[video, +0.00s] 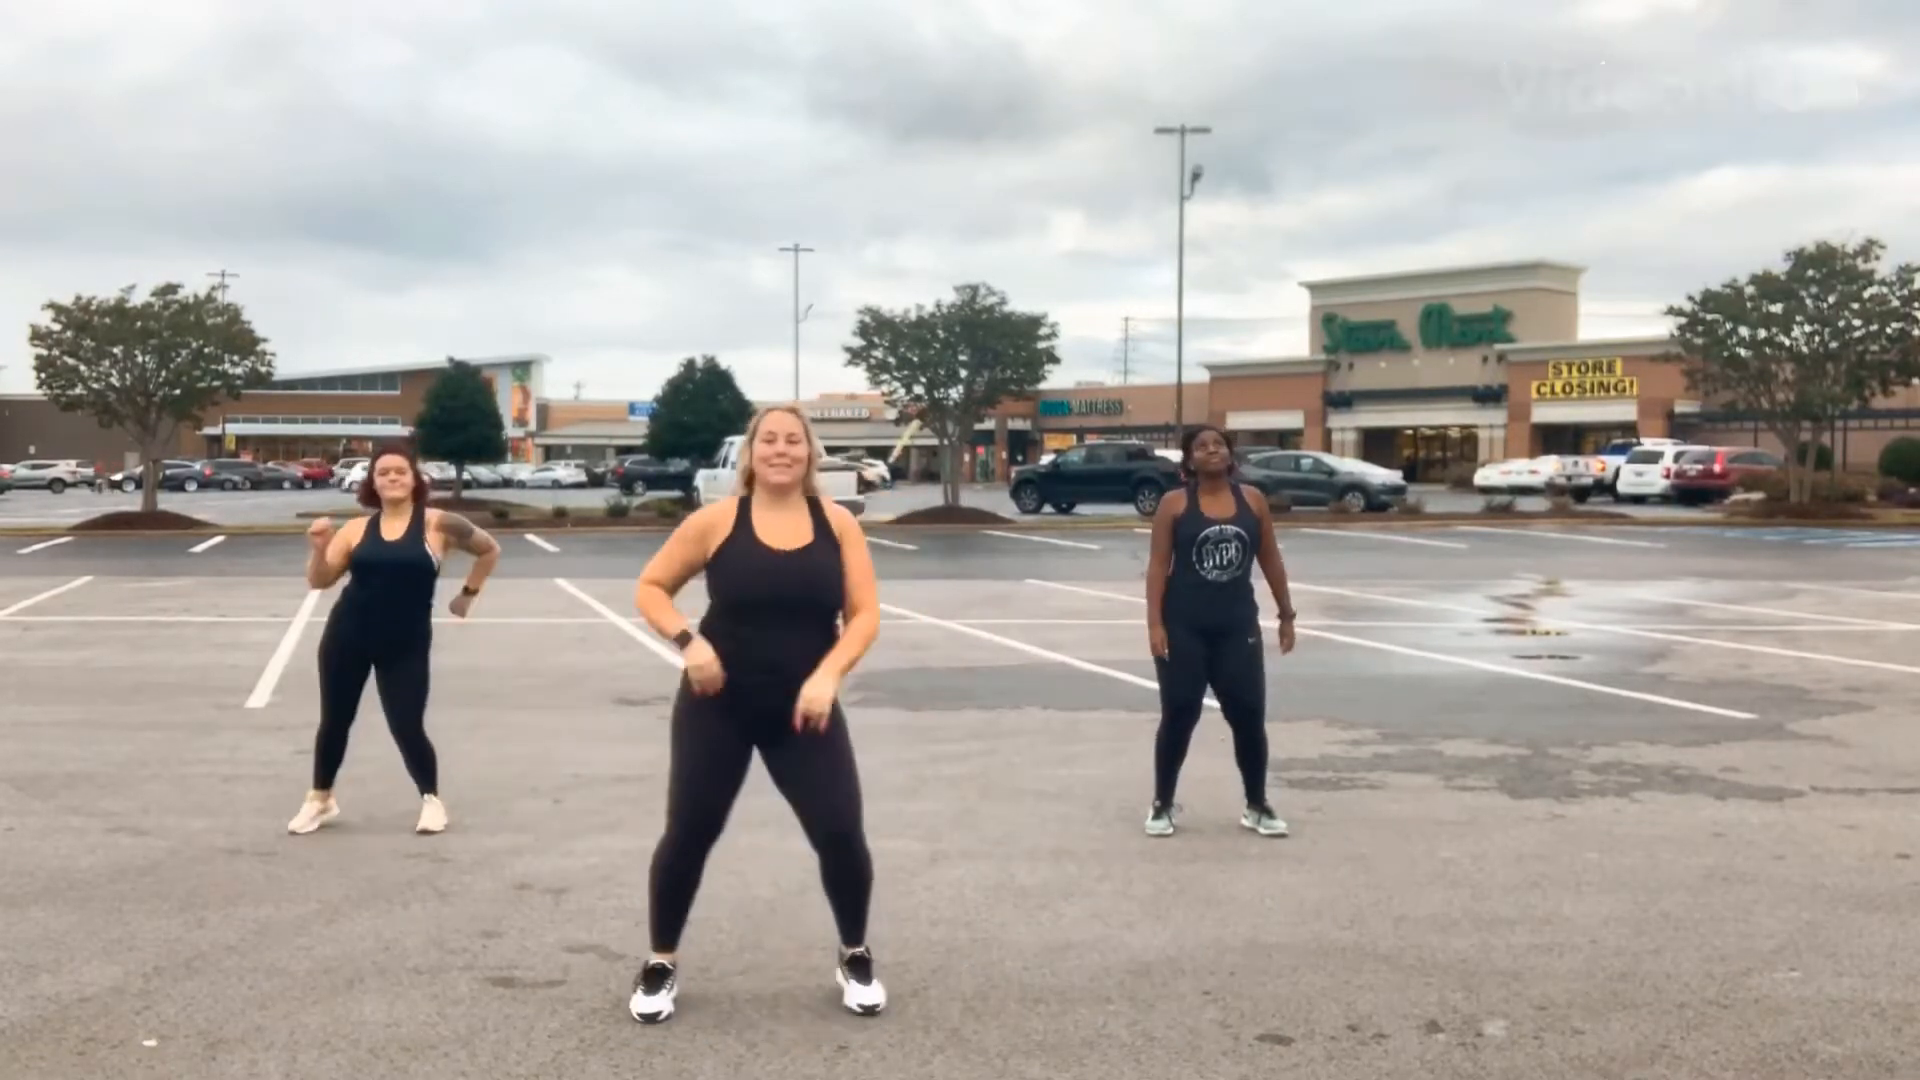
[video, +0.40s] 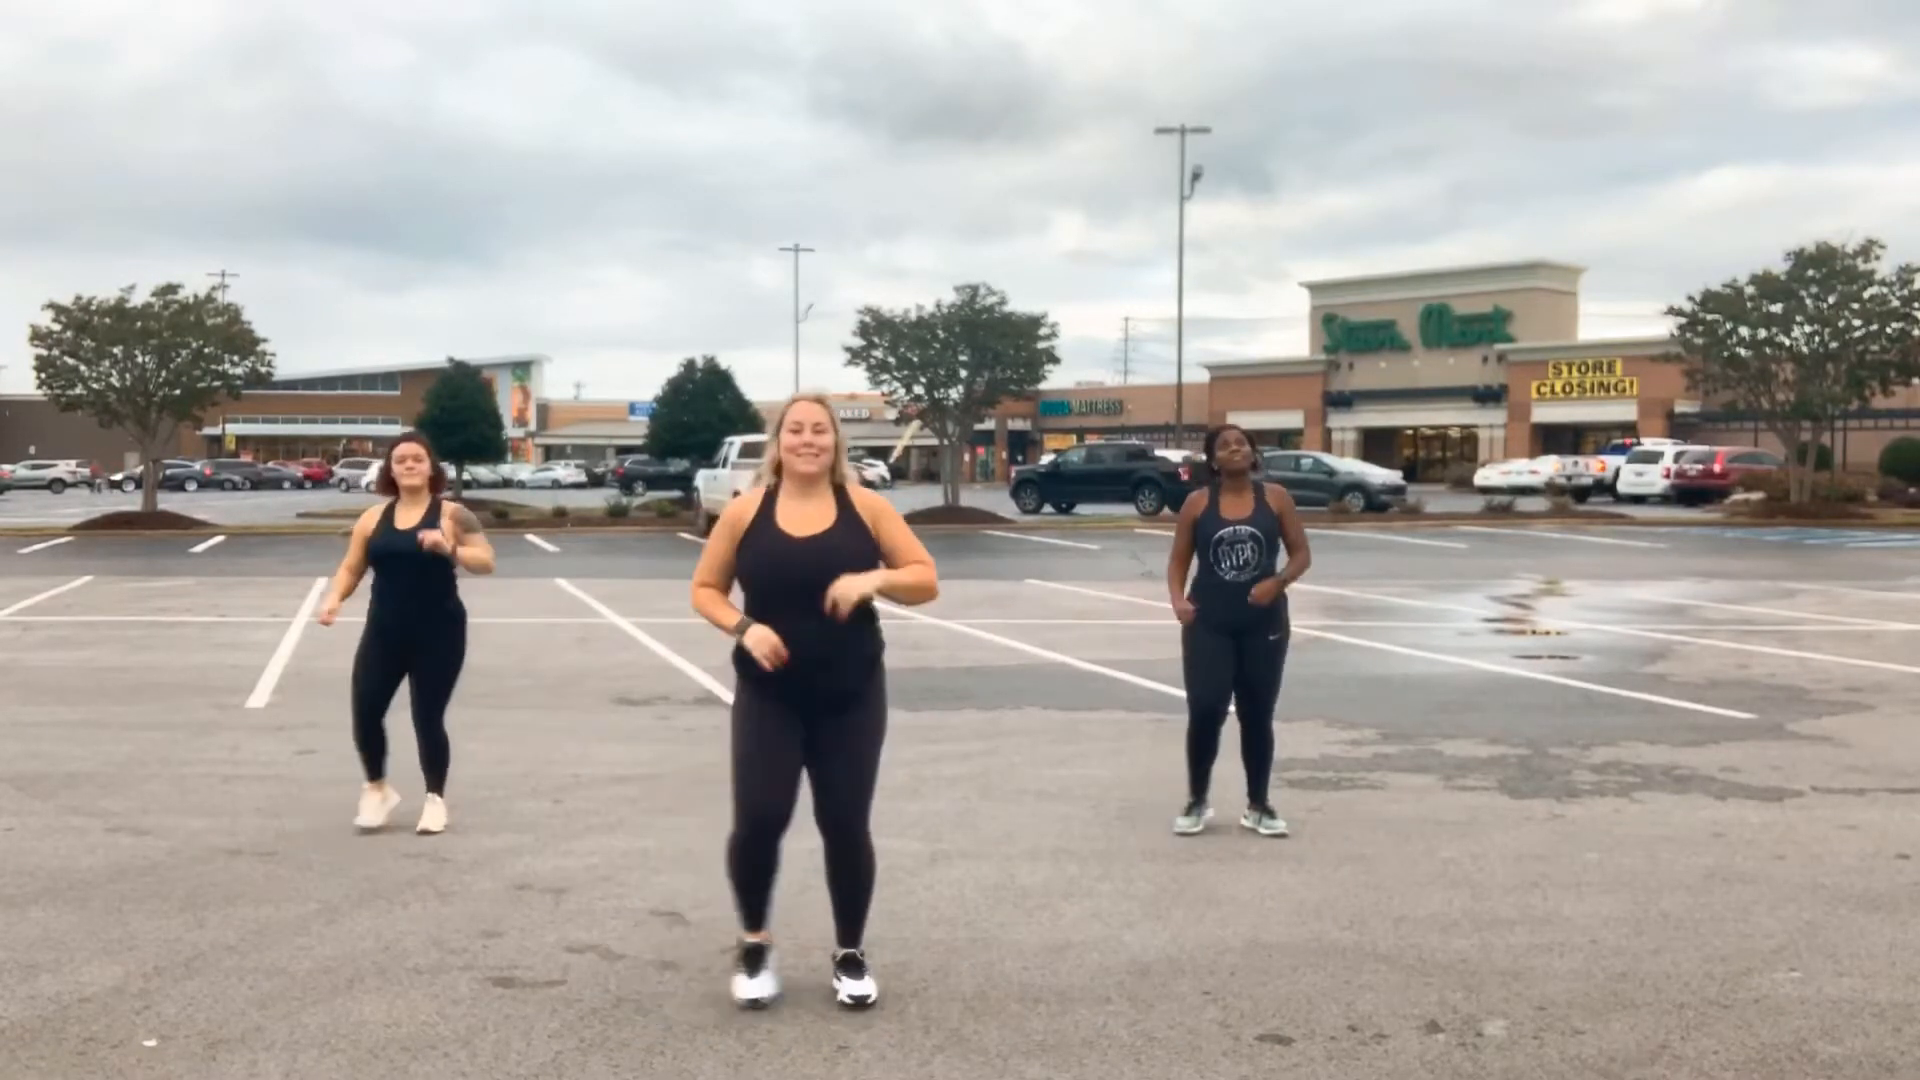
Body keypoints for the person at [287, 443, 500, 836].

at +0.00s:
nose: (392, 478)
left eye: (400, 472)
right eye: (384, 473)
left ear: (415, 480)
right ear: (373, 484)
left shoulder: (439, 523)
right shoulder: (356, 529)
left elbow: (489, 550)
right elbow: (319, 581)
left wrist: (467, 594)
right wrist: (319, 548)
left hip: (404, 643)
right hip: (348, 638)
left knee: (406, 728)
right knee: (334, 721)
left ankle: (431, 799)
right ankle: (320, 797)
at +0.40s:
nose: (409, 466)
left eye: (417, 459)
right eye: (401, 461)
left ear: (432, 467)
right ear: (391, 470)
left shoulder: (452, 514)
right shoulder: (373, 518)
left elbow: (486, 561)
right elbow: (351, 568)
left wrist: (452, 550)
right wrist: (332, 599)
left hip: (439, 633)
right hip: (385, 631)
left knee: (427, 717)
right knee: (365, 712)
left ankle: (434, 798)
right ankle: (377, 789)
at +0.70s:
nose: (416, 471)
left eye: (424, 465)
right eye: (408, 466)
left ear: (438, 473)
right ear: (397, 476)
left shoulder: (459, 523)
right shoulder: (377, 527)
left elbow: (470, 571)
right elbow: (366, 588)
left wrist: (456, 586)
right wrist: (362, 640)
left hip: (445, 638)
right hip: (388, 638)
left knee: (452, 719)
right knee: (397, 724)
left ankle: (447, 794)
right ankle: (404, 799)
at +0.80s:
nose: (420, 474)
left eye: (427, 468)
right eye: (412, 469)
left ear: (441, 476)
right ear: (400, 479)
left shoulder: (462, 526)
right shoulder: (378, 529)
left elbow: (482, 577)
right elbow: (364, 583)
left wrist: (483, 618)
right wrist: (359, 632)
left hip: (453, 642)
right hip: (397, 644)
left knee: (468, 715)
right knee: (402, 725)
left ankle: (481, 788)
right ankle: (405, 800)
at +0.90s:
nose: (426, 472)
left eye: (433, 466)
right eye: (418, 467)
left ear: (447, 475)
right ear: (405, 477)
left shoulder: (469, 523)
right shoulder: (383, 524)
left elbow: (512, 566)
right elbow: (346, 570)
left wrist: (521, 610)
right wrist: (361, 595)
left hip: (465, 635)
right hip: (410, 638)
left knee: (481, 716)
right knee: (408, 724)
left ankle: (527, 788)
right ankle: (405, 800)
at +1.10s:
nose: (434, 477)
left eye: (442, 470)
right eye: (426, 471)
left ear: (457, 478)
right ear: (415, 481)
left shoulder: (480, 516)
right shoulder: (400, 527)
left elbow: (529, 535)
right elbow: (355, 567)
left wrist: (538, 583)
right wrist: (389, 542)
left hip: (487, 637)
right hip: (438, 646)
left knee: (510, 716)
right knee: (417, 730)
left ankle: (542, 793)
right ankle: (409, 801)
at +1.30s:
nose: (426, 479)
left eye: (434, 472)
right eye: (417, 473)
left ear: (448, 479)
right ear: (407, 483)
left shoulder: (470, 526)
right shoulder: (393, 532)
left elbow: (502, 576)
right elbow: (376, 594)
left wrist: (494, 604)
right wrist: (378, 564)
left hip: (472, 642)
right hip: (418, 645)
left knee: (498, 721)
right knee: (406, 731)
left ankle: (538, 794)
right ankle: (407, 802)